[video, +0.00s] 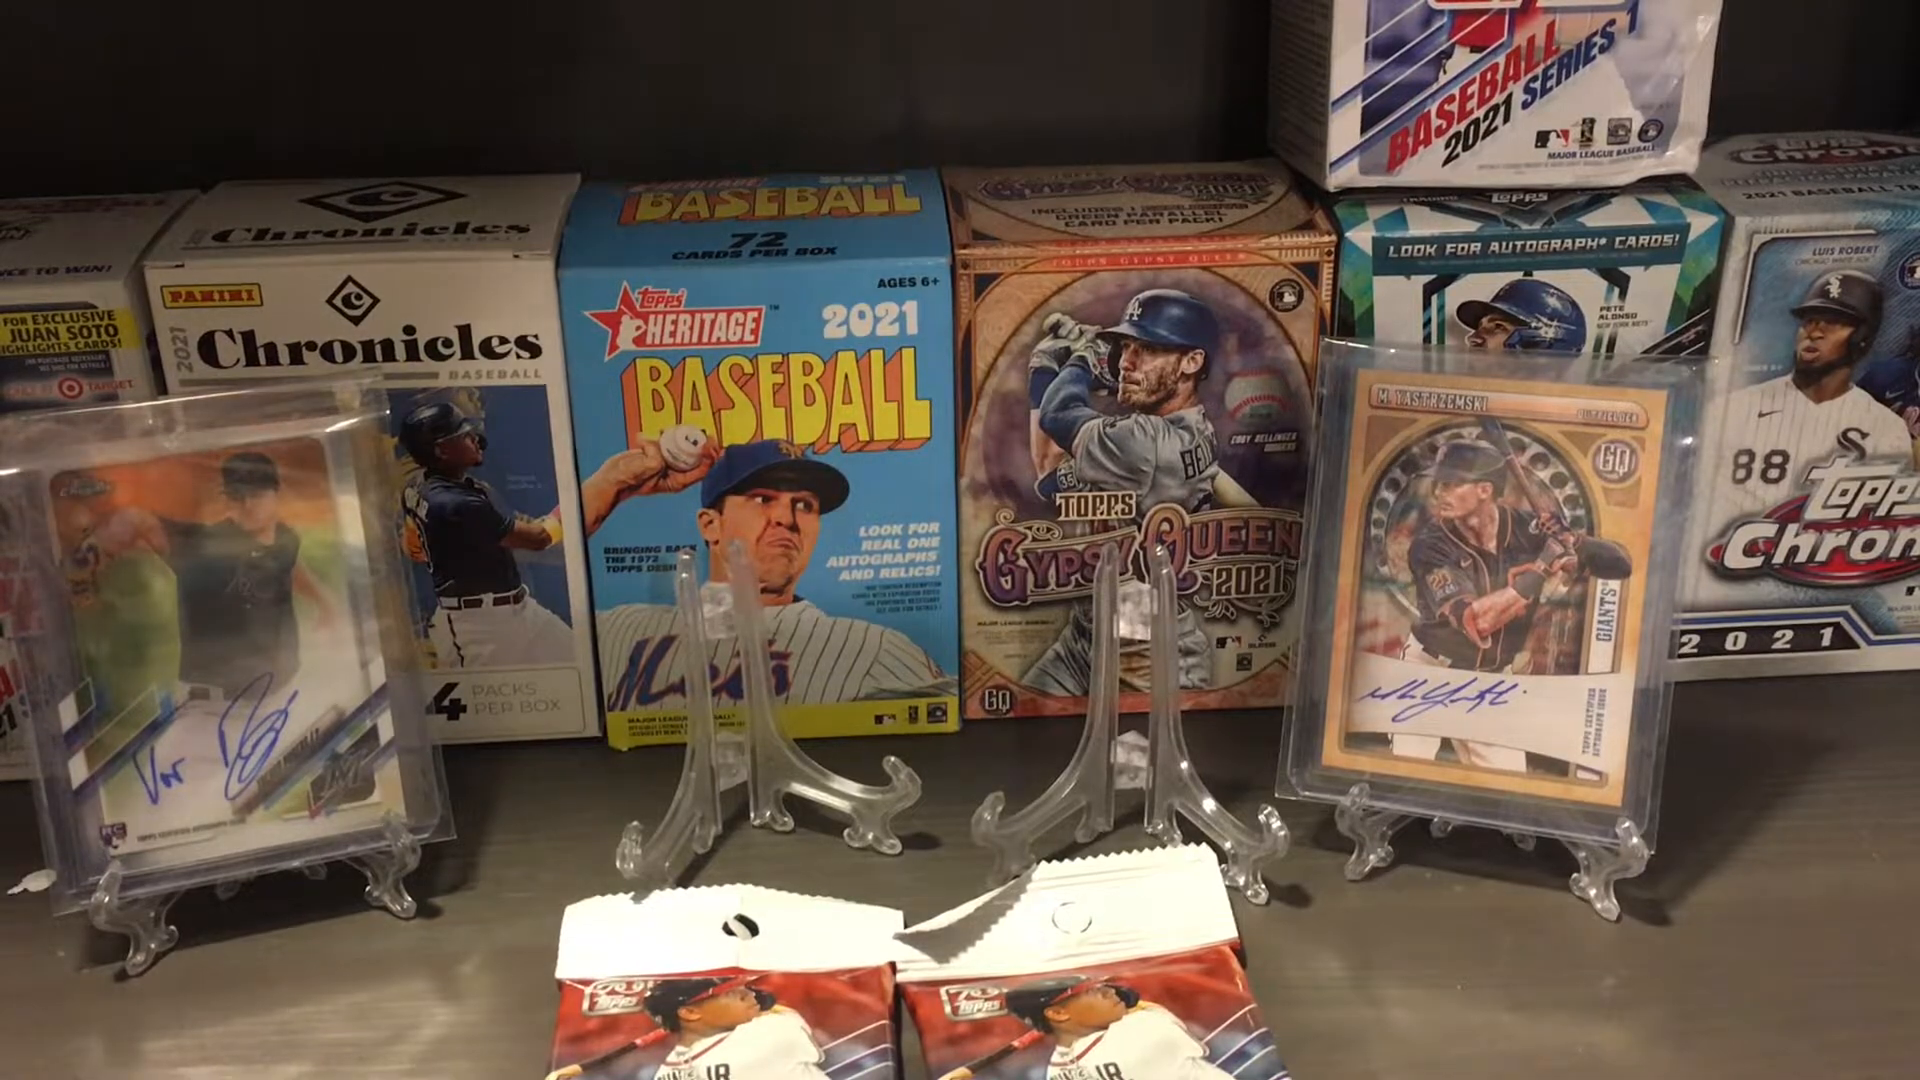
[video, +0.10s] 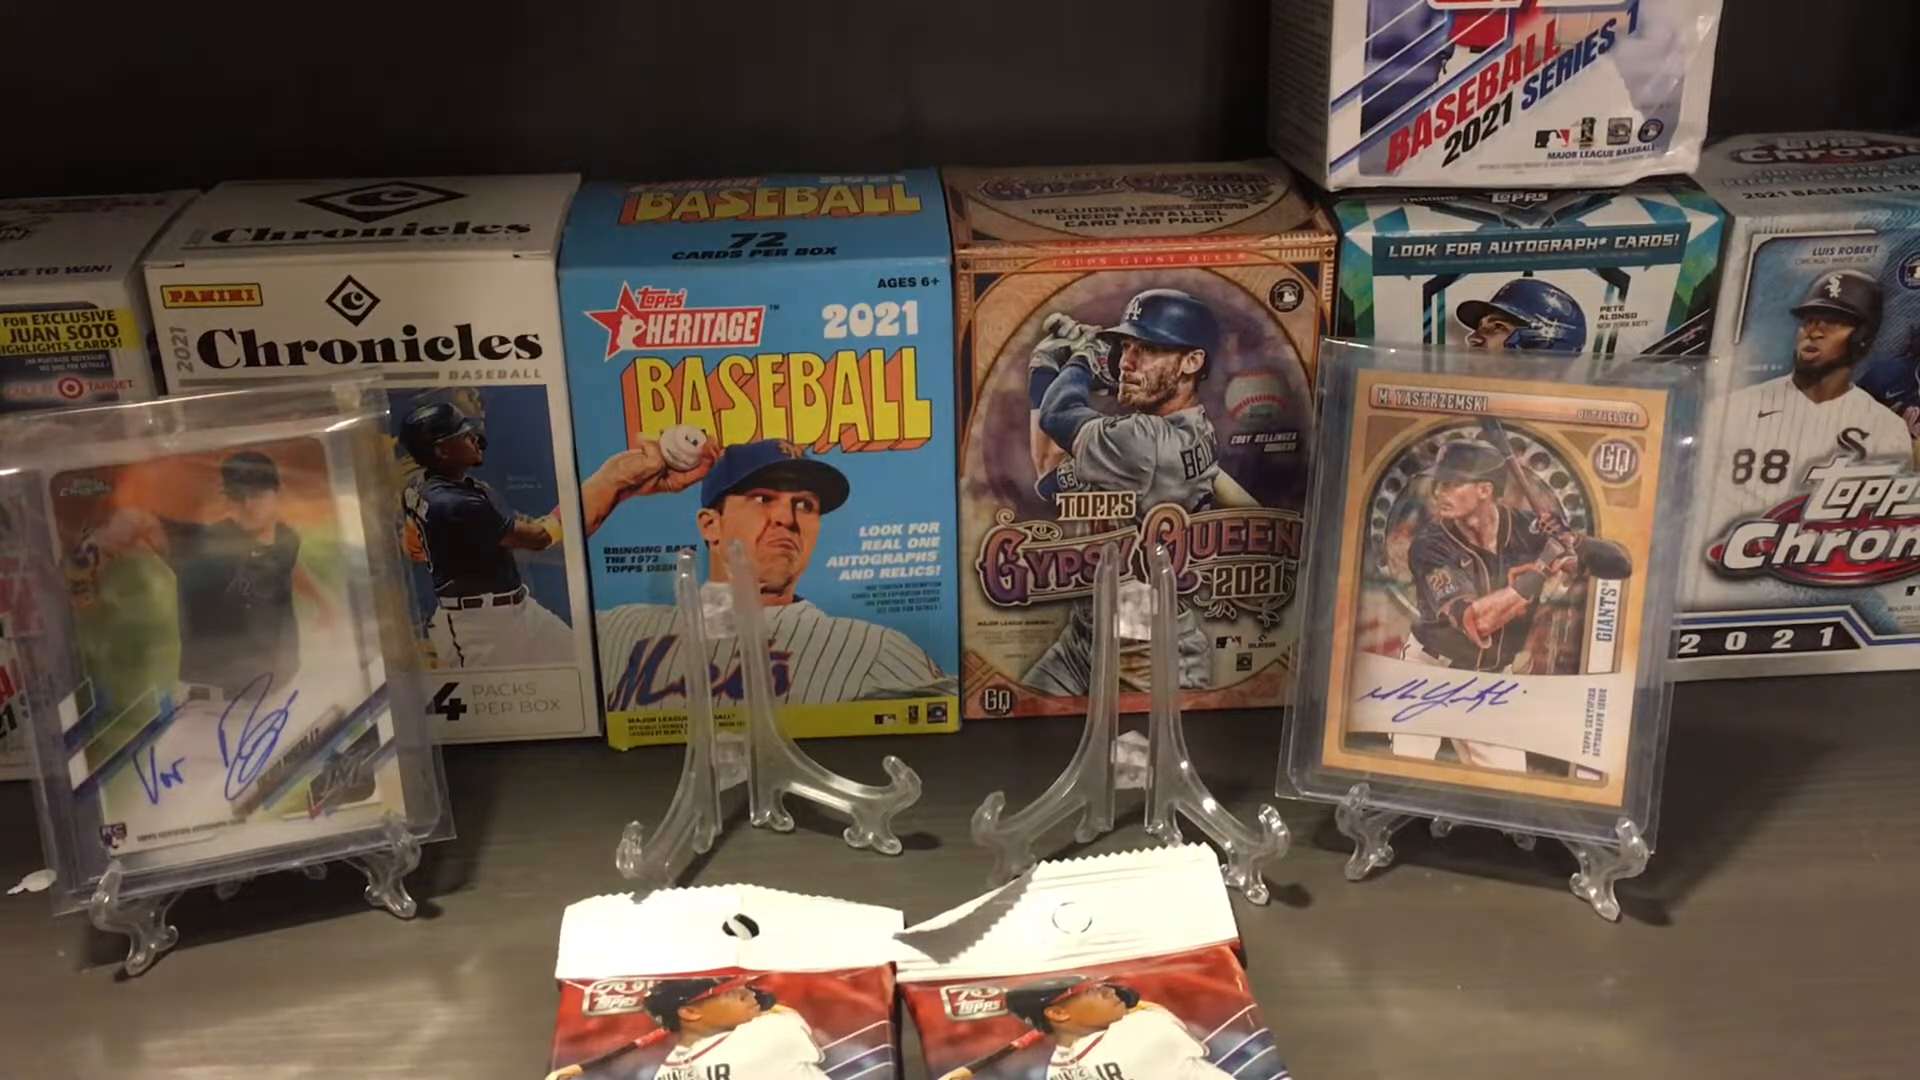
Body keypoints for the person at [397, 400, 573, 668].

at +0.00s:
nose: (474, 435)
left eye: (468, 429)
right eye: (463, 433)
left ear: (442, 451)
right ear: (441, 450)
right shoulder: (459, 506)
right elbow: (538, 538)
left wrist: (546, 522)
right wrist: (568, 512)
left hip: (520, 609)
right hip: (474, 623)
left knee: (588, 665)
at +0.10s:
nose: (474, 435)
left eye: (468, 429)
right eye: (463, 433)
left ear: (443, 452)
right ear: (442, 450)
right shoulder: (459, 506)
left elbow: (413, 544)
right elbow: (539, 537)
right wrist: (572, 510)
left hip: (519, 609)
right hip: (473, 624)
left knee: (587, 663)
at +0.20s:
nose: (474, 436)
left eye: (469, 430)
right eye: (464, 434)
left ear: (442, 451)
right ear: (441, 450)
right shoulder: (459, 505)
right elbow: (538, 537)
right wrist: (569, 512)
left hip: (520, 609)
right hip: (474, 623)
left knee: (588, 664)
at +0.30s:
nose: (474, 435)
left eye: (469, 429)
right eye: (464, 433)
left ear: (442, 451)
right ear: (441, 450)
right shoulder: (461, 505)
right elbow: (539, 537)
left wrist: (537, 524)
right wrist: (569, 510)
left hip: (520, 609)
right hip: (474, 623)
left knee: (588, 664)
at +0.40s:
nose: (474, 435)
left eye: (468, 429)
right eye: (463, 432)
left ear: (443, 451)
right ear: (442, 450)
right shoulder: (461, 506)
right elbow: (539, 537)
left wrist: (538, 523)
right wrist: (570, 509)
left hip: (520, 609)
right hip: (474, 624)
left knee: (588, 663)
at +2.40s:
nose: (475, 435)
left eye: (468, 429)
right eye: (464, 433)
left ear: (443, 451)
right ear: (442, 450)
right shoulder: (460, 507)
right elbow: (539, 537)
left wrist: (543, 523)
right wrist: (571, 507)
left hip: (520, 609)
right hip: (476, 622)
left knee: (589, 663)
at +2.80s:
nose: (475, 436)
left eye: (469, 430)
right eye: (465, 433)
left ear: (443, 451)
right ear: (442, 450)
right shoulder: (461, 507)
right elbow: (539, 537)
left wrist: (539, 524)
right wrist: (572, 507)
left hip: (519, 608)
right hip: (474, 622)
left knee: (589, 664)